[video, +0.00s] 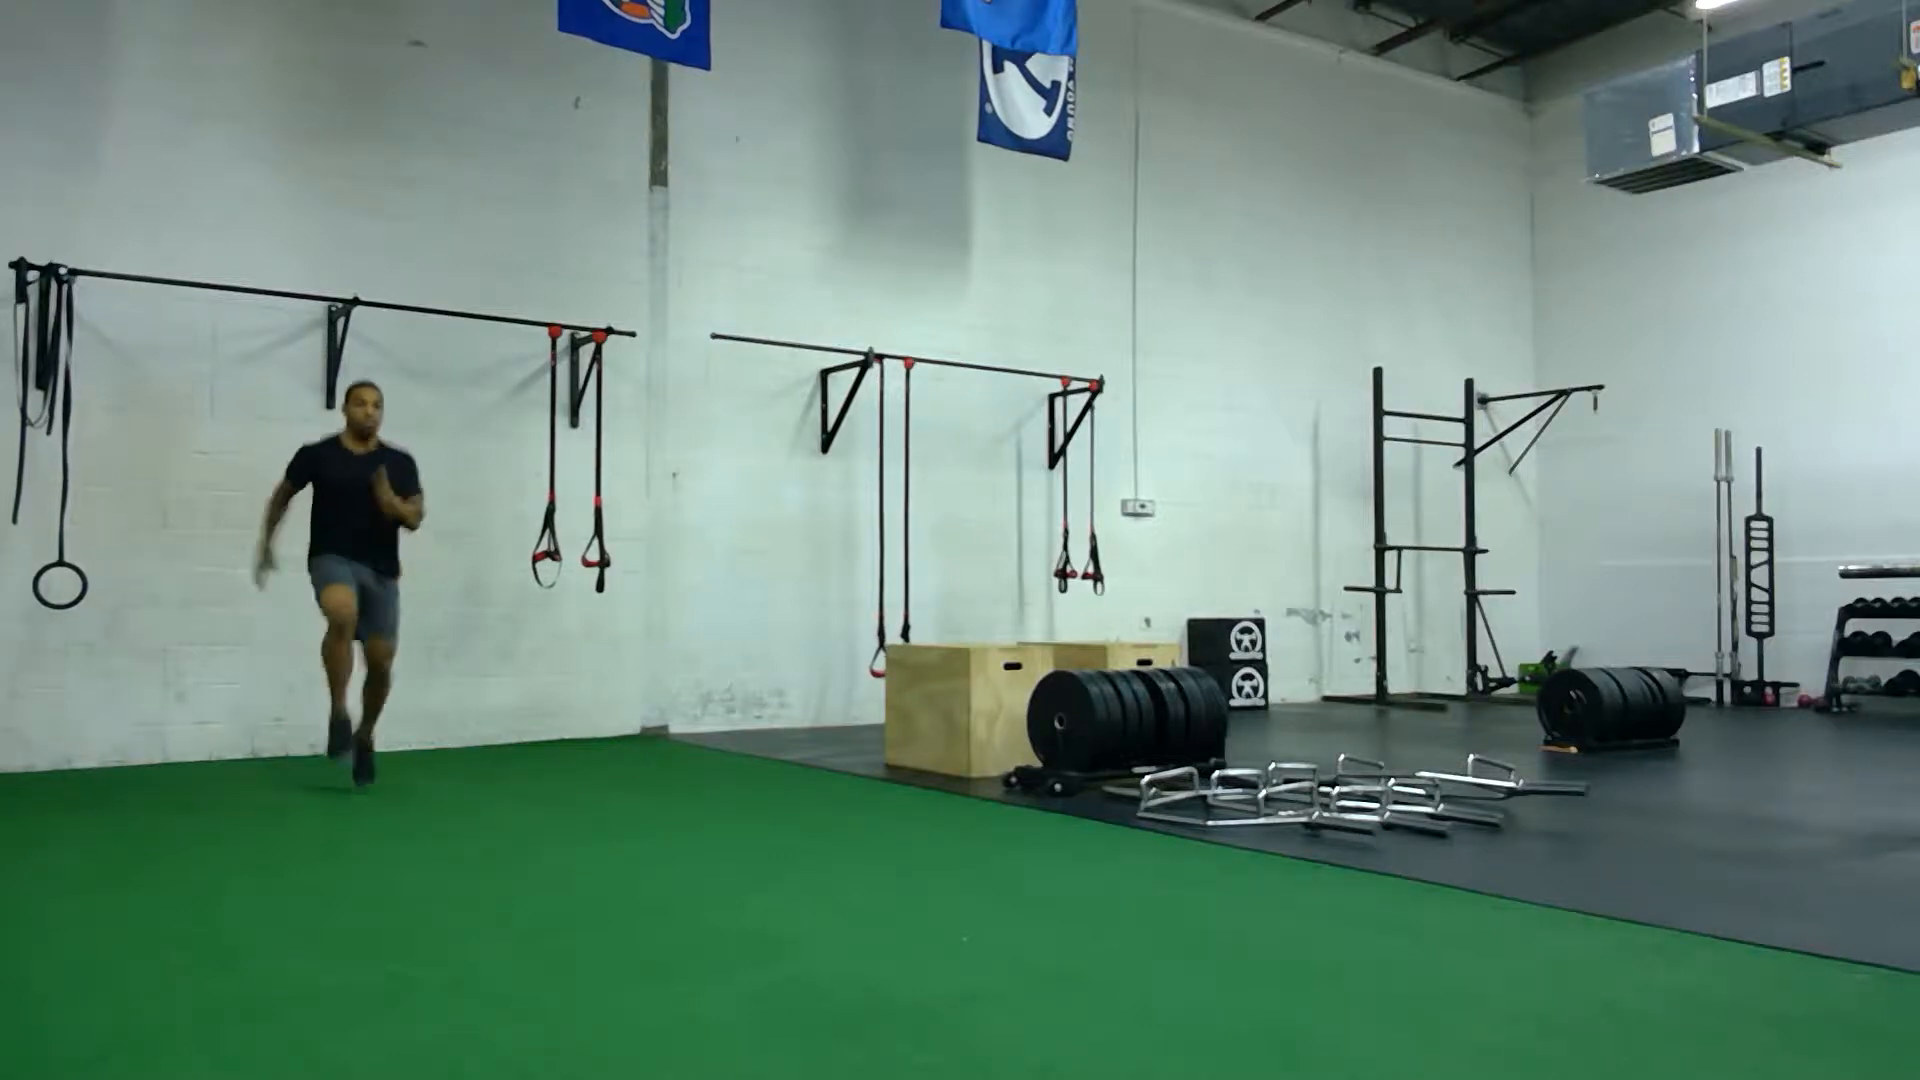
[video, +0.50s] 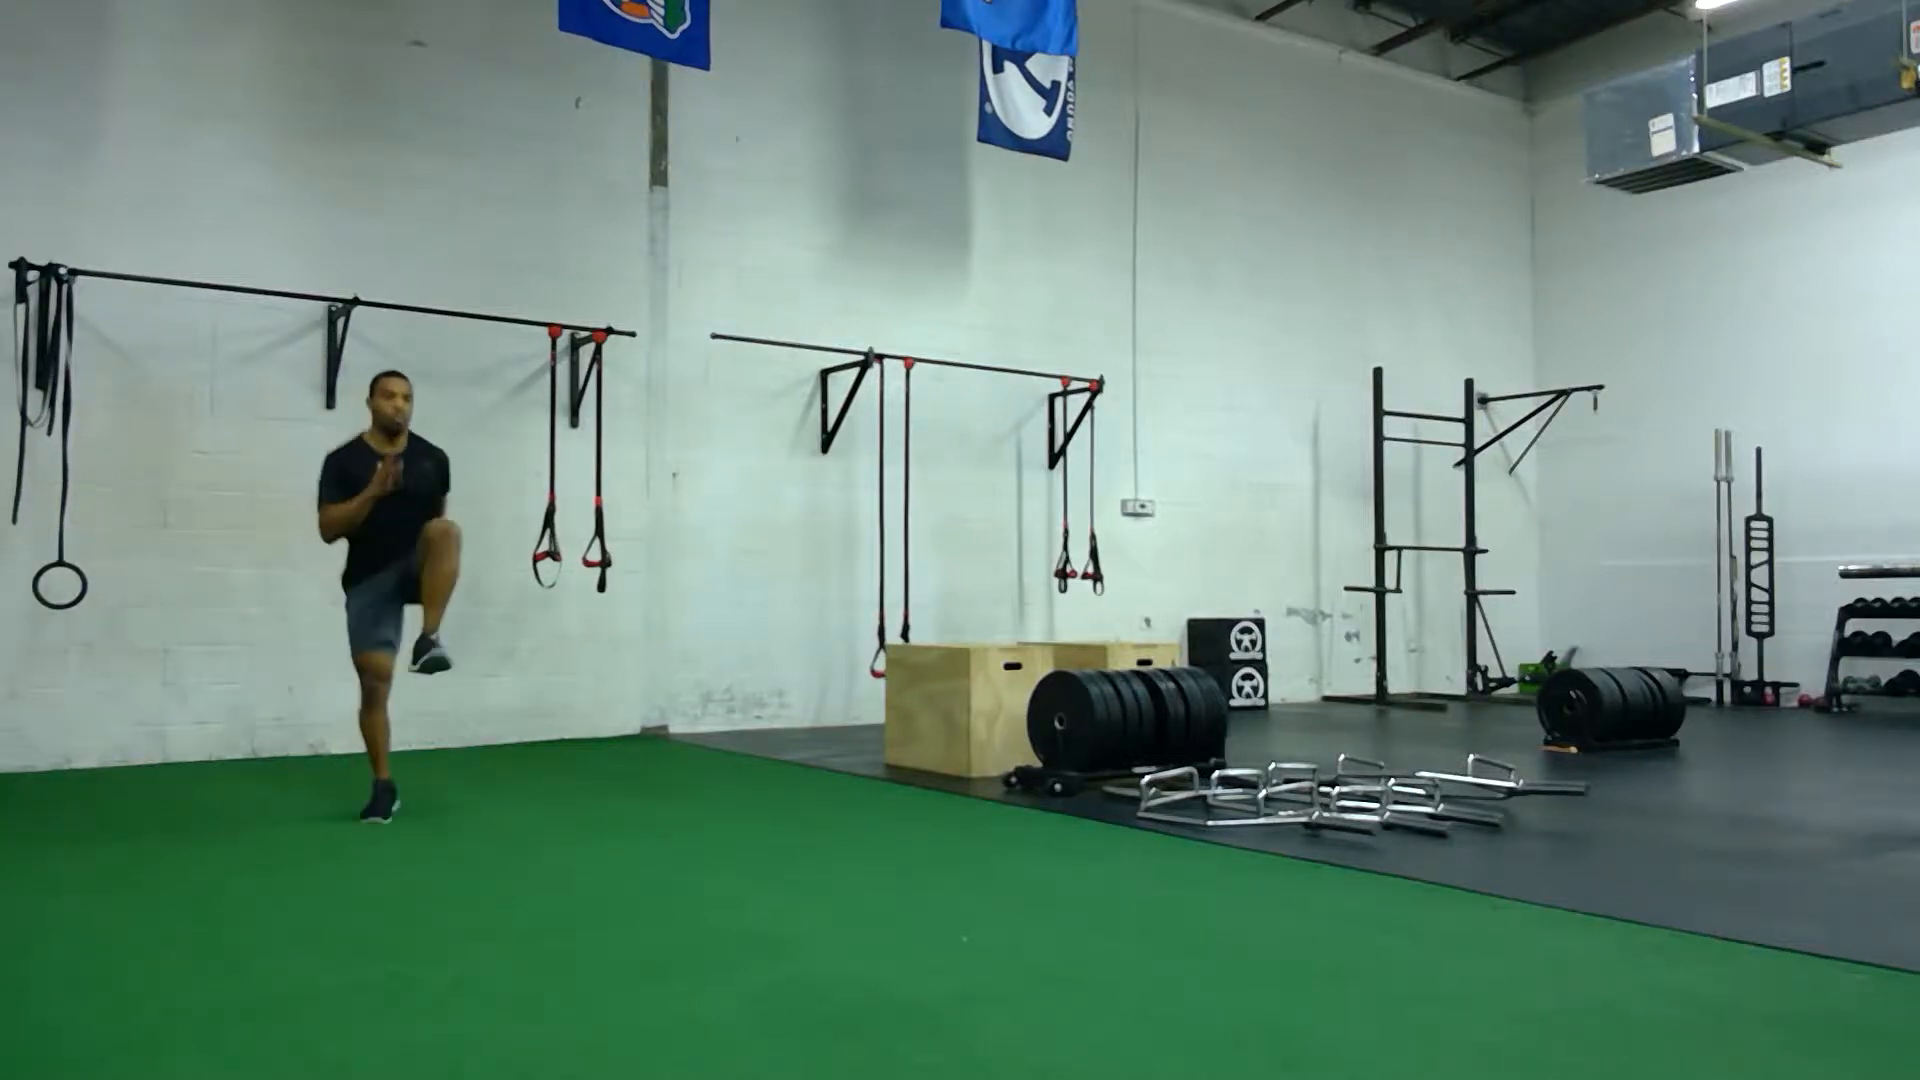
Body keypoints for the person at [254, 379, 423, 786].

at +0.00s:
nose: (369, 412)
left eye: (375, 406)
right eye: (360, 405)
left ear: (383, 413)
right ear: (345, 411)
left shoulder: (399, 461)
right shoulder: (317, 456)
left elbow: (416, 518)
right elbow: (281, 497)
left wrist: (391, 501)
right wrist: (266, 547)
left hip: (380, 568)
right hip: (333, 558)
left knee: (381, 662)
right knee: (342, 615)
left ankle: (365, 738)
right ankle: (339, 715)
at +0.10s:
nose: (369, 403)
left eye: (376, 397)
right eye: (361, 396)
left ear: (384, 406)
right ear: (345, 403)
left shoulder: (401, 456)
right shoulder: (317, 455)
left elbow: (412, 515)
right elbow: (301, 516)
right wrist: (317, 544)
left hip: (389, 563)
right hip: (335, 565)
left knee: (404, 633)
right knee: (338, 656)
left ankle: (374, 675)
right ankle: (335, 764)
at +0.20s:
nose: (370, 422)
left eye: (377, 415)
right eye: (360, 414)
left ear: (384, 423)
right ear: (345, 422)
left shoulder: (403, 476)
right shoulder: (320, 473)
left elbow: (418, 531)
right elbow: (317, 533)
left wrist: (417, 578)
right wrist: (359, 498)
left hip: (385, 580)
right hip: (337, 588)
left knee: (418, 574)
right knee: (343, 684)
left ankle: (389, 657)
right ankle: (344, 780)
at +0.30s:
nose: (379, 400)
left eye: (386, 393)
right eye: (370, 392)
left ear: (394, 401)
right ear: (354, 399)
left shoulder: (412, 454)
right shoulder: (327, 452)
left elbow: (416, 511)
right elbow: (317, 513)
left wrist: (415, 557)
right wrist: (360, 486)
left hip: (394, 558)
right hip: (349, 569)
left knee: (424, 553)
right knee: (357, 668)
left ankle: (403, 657)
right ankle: (349, 769)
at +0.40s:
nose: (387, 389)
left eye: (395, 382)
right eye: (379, 381)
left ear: (404, 391)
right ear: (362, 387)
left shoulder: (422, 445)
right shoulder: (334, 442)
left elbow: (421, 502)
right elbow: (320, 508)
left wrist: (418, 546)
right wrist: (363, 487)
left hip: (403, 549)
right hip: (357, 561)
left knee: (433, 541)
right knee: (370, 662)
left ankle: (417, 650)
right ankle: (368, 768)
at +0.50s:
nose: (397, 405)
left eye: (404, 398)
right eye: (388, 397)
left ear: (412, 407)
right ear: (370, 404)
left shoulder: (432, 460)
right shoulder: (343, 460)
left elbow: (436, 517)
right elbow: (329, 529)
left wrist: (436, 566)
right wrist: (372, 492)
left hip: (417, 569)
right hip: (369, 578)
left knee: (444, 529)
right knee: (374, 685)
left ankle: (430, 639)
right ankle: (382, 786)